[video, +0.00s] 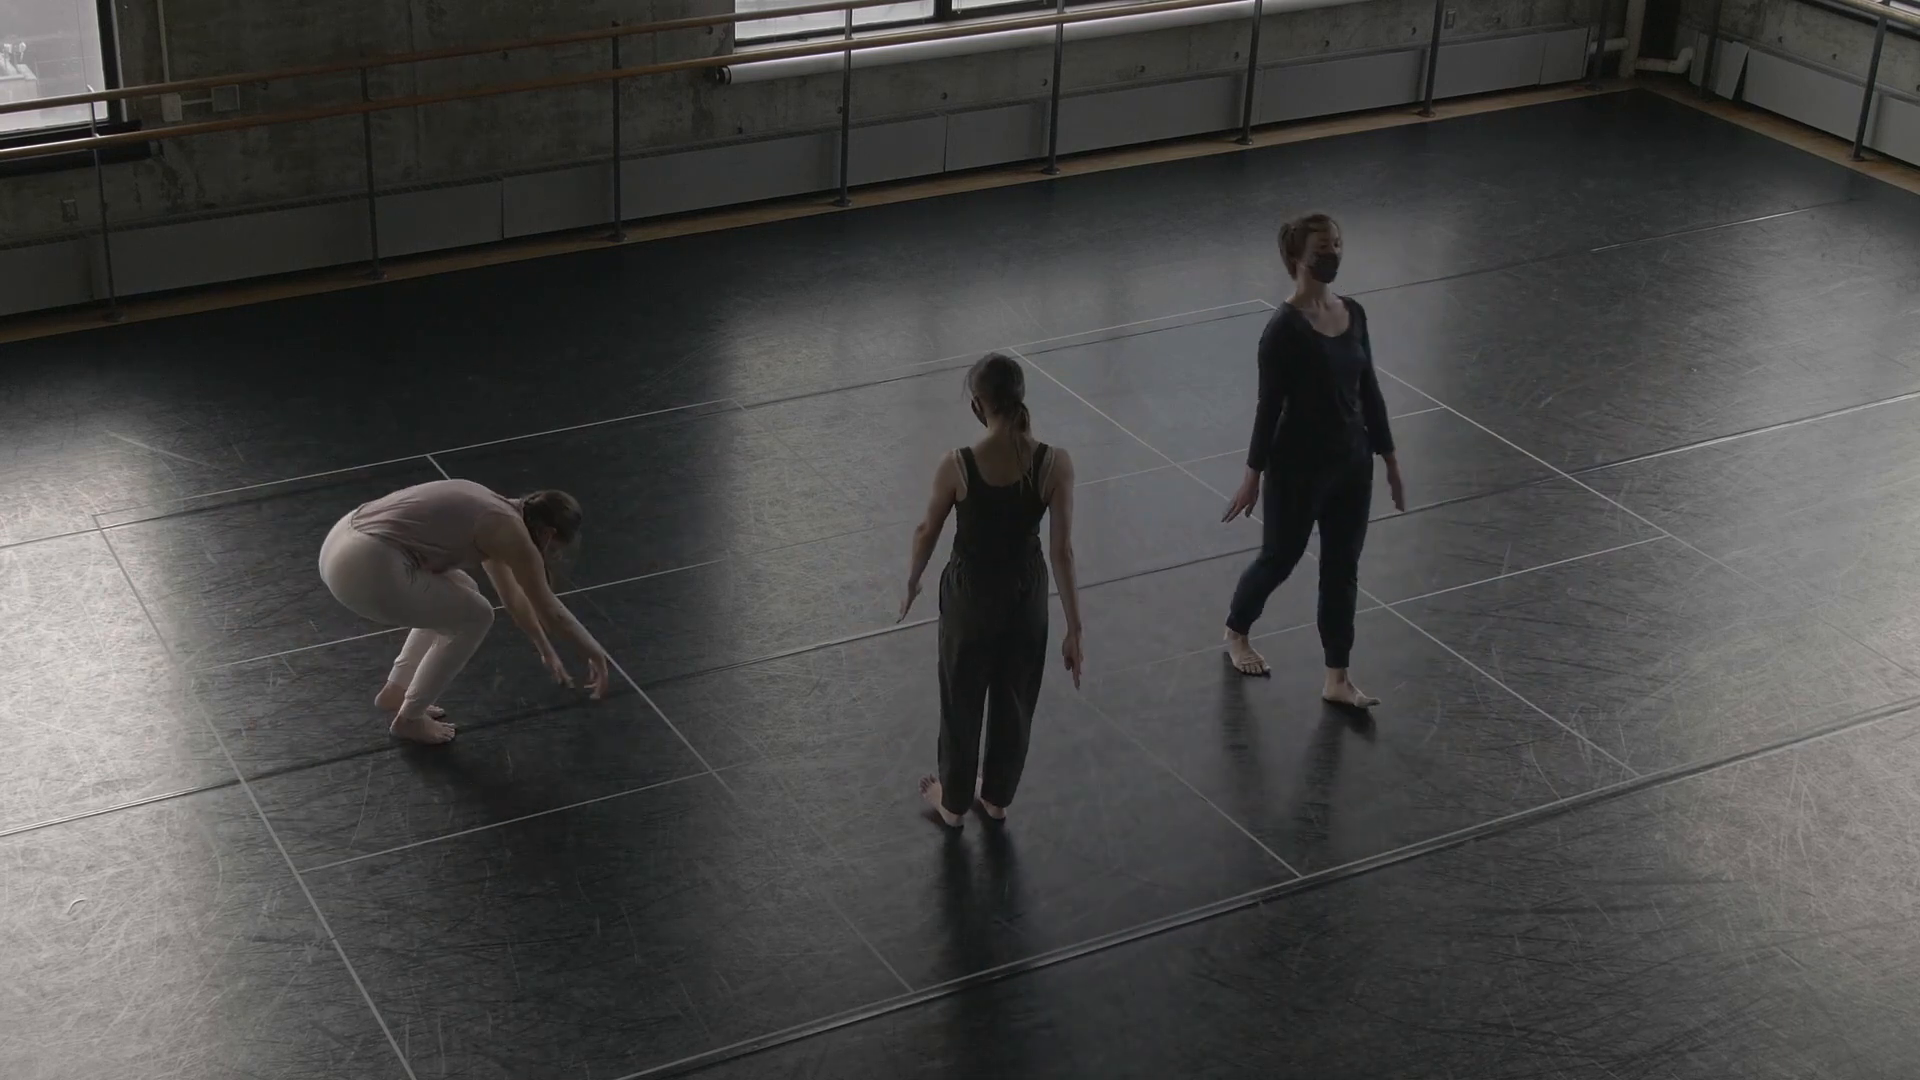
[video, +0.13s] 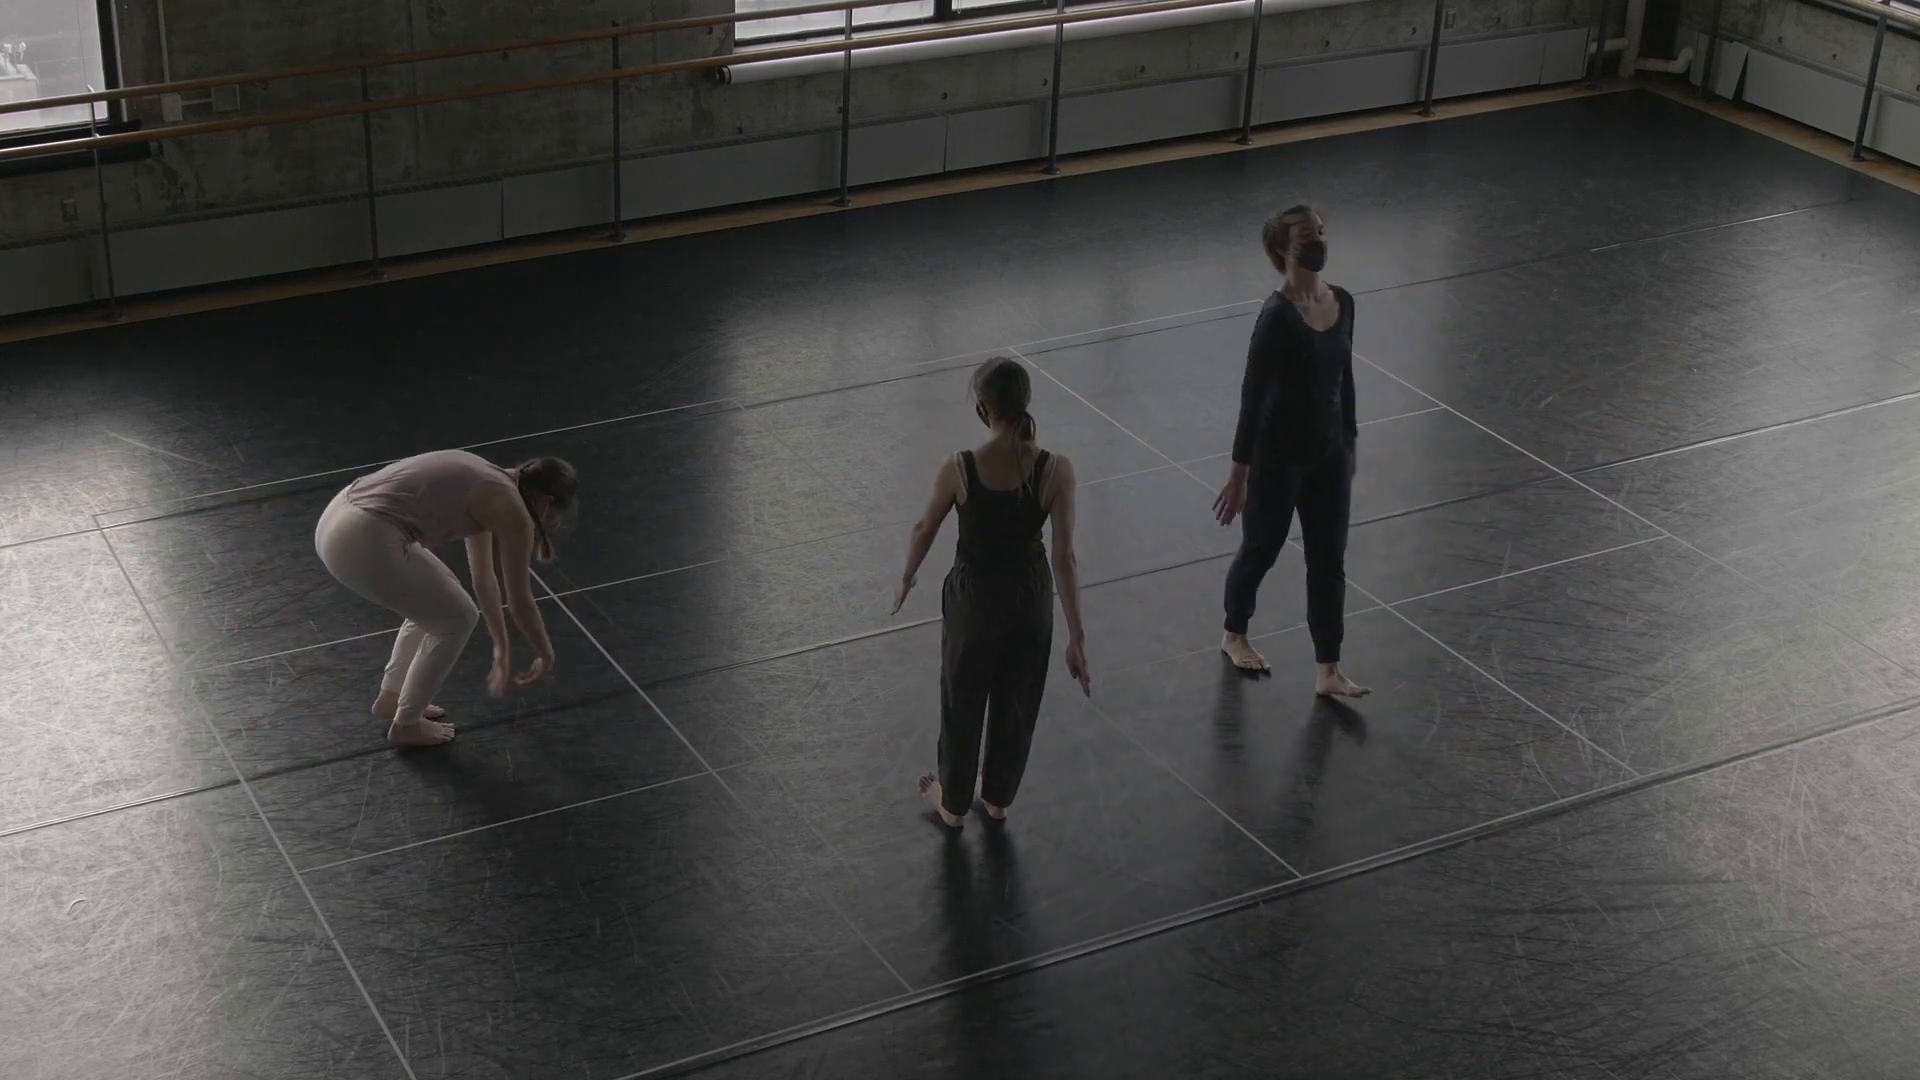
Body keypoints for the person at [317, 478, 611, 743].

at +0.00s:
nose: (551, 555)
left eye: (557, 550)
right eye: (556, 548)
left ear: (530, 510)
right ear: (547, 534)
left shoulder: (485, 510)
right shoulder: (508, 529)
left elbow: (512, 595)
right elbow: (549, 608)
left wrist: (547, 652)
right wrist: (597, 652)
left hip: (343, 542)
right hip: (366, 566)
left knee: (463, 590)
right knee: (475, 616)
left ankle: (397, 687)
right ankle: (411, 717)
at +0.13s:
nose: (550, 525)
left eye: (556, 519)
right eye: (554, 516)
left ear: (523, 478)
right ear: (542, 502)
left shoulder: (477, 490)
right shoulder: (512, 509)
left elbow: (483, 580)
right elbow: (520, 601)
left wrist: (501, 643)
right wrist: (544, 652)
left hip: (341, 519)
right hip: (365, 537)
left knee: (434, 600)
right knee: (460, 617)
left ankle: (391, 695)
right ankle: (408, 723)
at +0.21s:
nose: (548, 498)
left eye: (554, 491)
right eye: (552, 489)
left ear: (521, 454)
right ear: (543, 480)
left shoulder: (474, 467)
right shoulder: (512, 493)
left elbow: (464, 563)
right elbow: (499, 582)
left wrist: (469, 638)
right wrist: (507, 649)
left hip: (339, 507)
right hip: (362, 523)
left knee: (421, 603)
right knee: (447, 621)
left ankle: (389, 702)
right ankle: (406, 726)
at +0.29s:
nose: (542, 478)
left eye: (549, 474)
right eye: (548, 471)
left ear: (521, 434)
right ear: (541, 459)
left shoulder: (474, 445)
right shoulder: (510, 474)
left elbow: (448, 538)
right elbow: (479, 558)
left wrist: (449, 608)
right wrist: (471, 623)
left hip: (338, 496)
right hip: (362, 512)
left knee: (411, 603)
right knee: (438, 617)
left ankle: (387, 701)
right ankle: (405, 724)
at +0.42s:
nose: (545, 445)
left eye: (551, 439)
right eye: (549, 437)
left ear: (518, 405)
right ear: (538, 427)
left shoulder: (477, 415)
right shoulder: (503, 447)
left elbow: (439, 507)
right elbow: (454, 514)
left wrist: (430, 570)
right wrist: (428, 577)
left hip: (341, 484)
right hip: (362, 498)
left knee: (397, 604)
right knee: (422, 611)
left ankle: (387, 705)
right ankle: (403, 726)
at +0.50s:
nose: (543, 427)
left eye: (549, 419)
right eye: (546, 417)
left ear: (512, 387)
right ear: (534, 407)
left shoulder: (471, 397)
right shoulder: (495, 427)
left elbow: (435, 488)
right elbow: (433, 487)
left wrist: (433, 564)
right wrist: (400, 544)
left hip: (342, 477)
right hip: (365, 492)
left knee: (387, 607)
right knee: (412, 611)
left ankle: (386, 706)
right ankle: (403, 726)